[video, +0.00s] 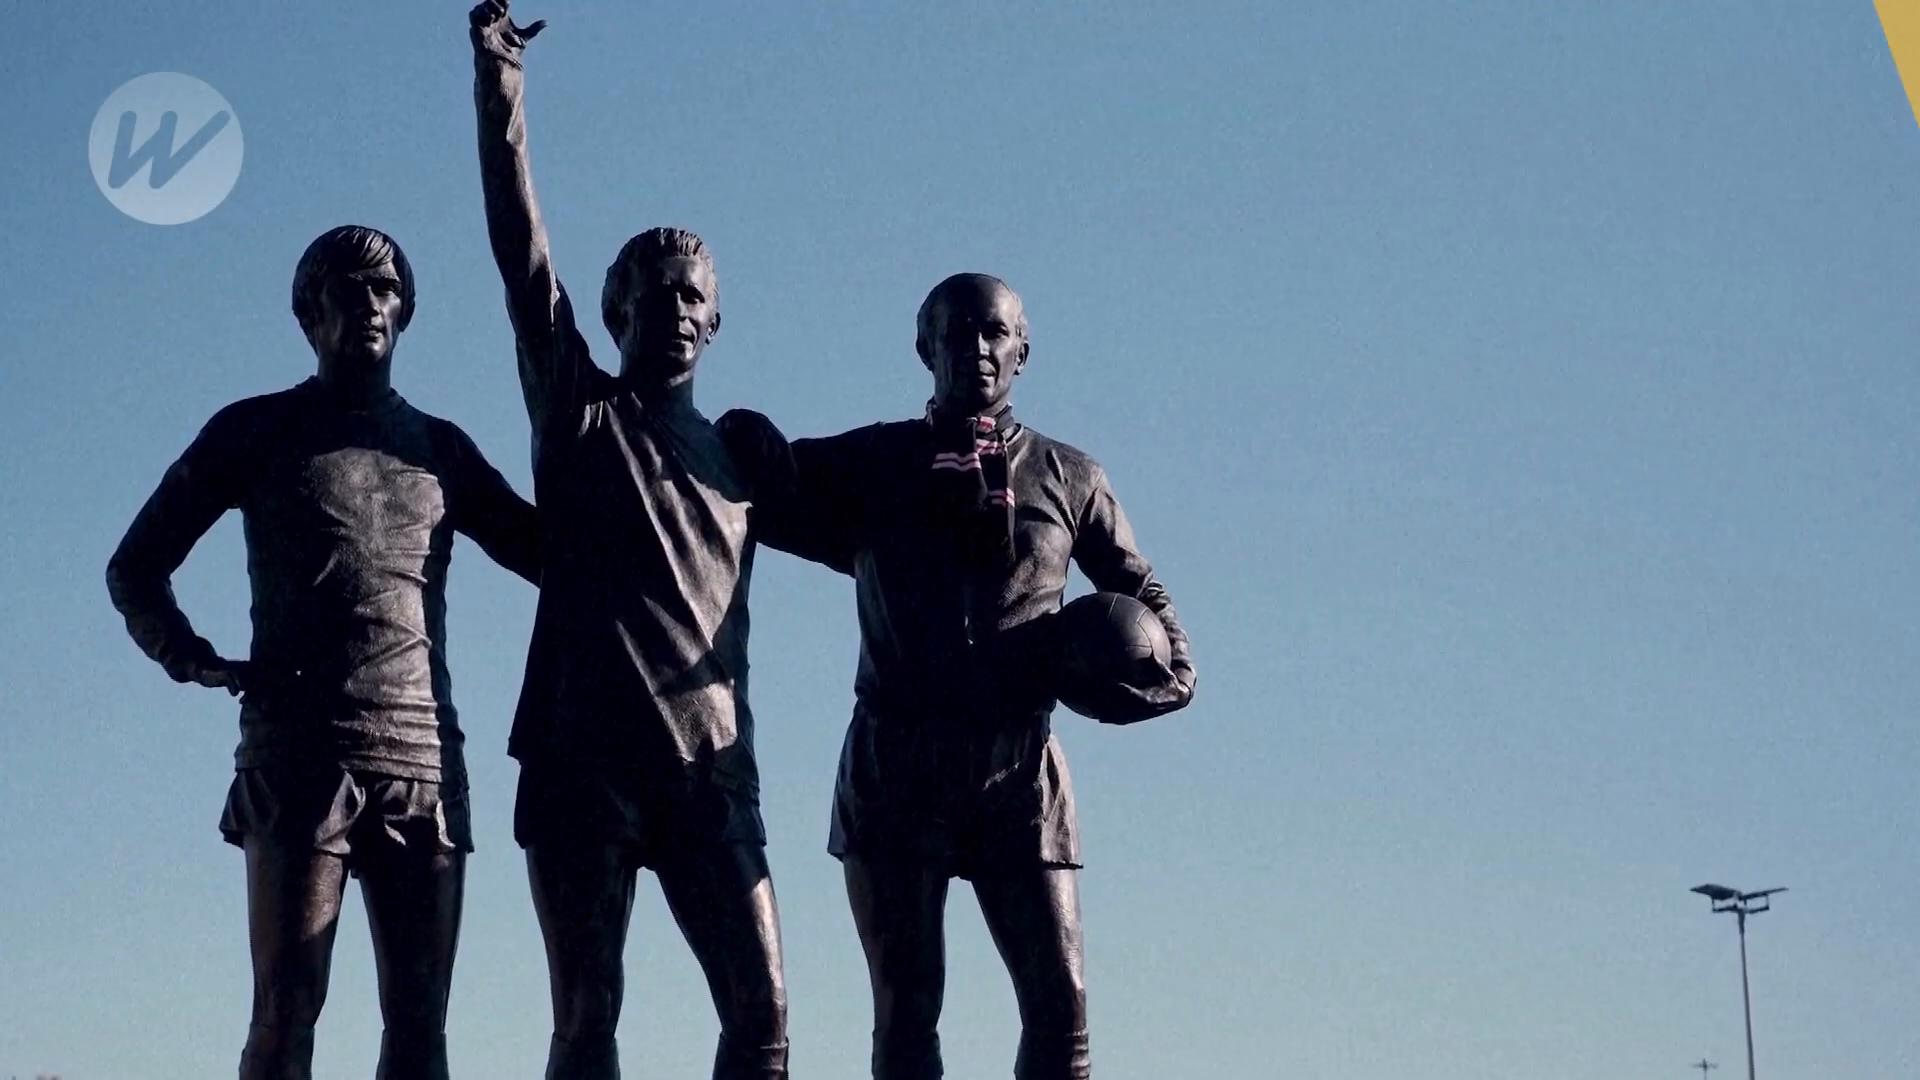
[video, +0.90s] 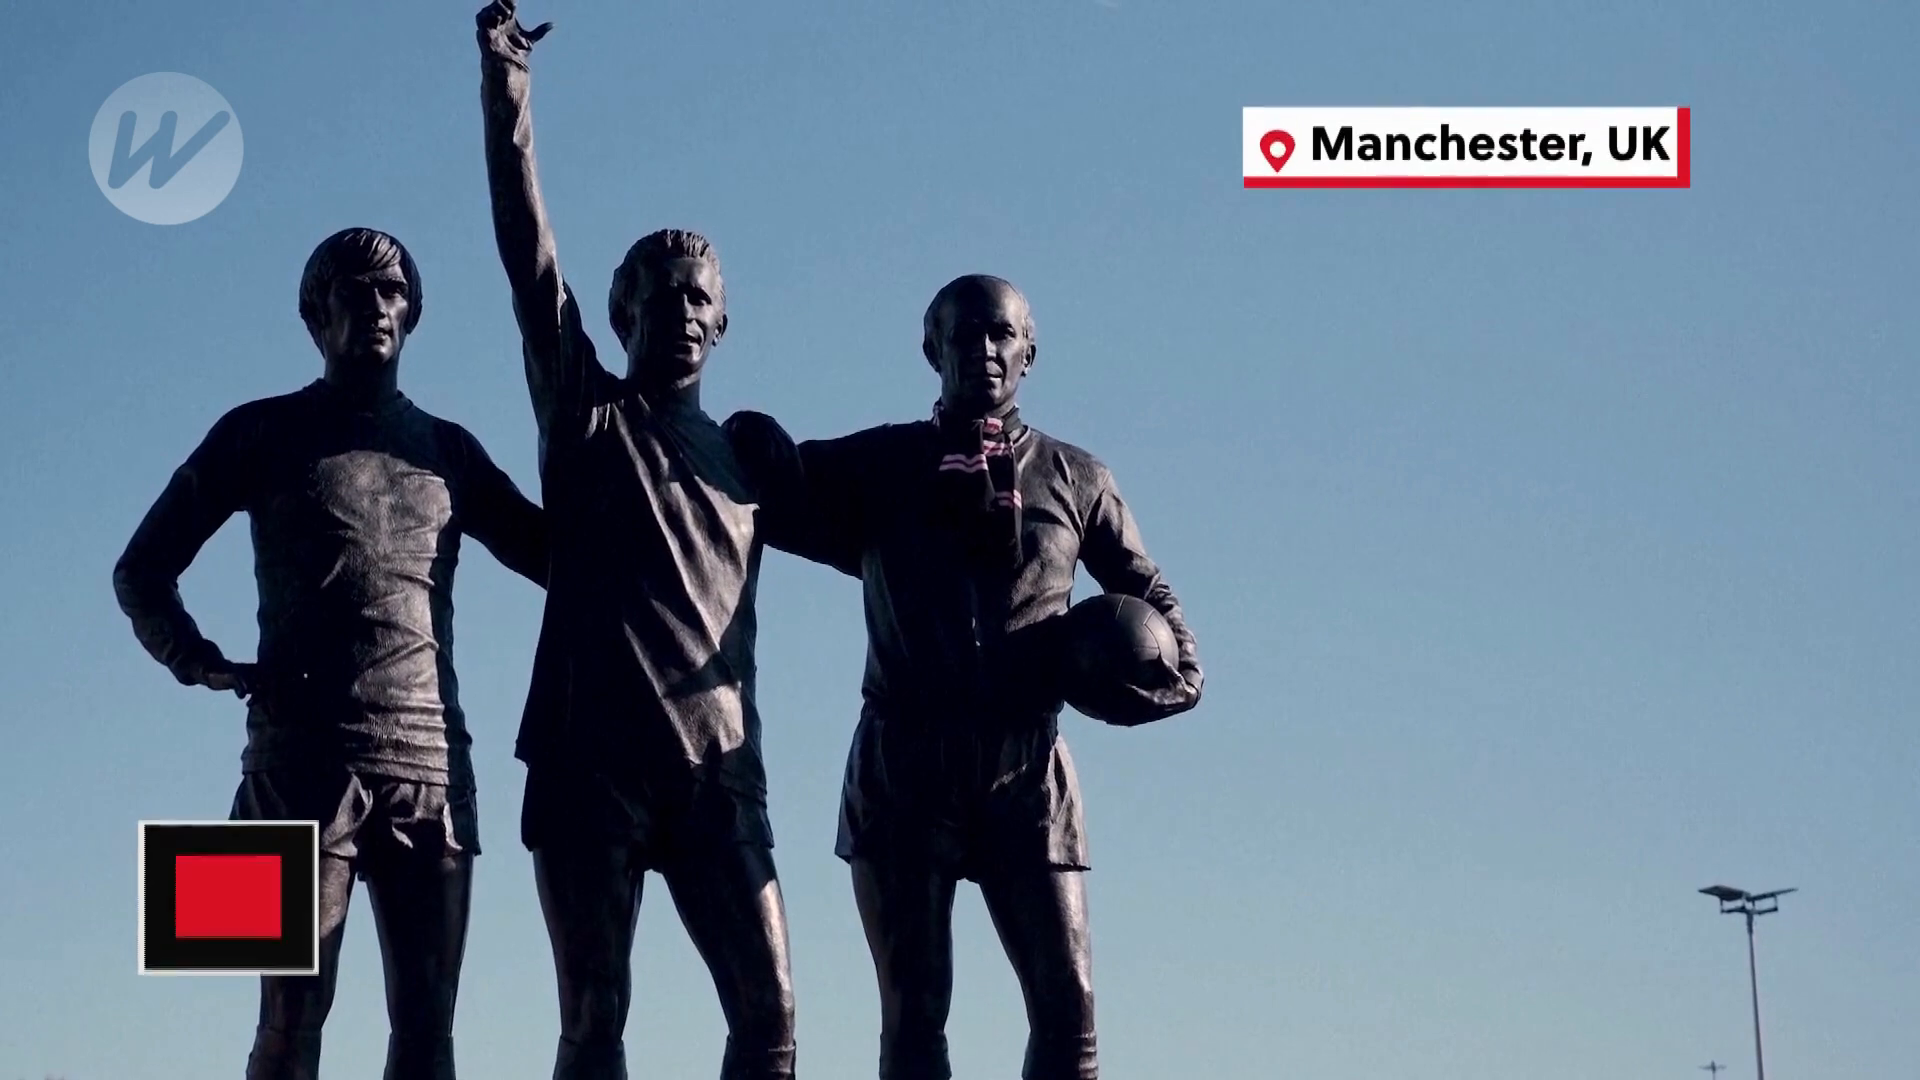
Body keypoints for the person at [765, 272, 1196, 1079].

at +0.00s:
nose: (979, 350)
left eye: (996, 333)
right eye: (960, 333)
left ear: (1021, 351)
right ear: (926, 345)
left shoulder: (1067, 475)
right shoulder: (874, 459)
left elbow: (1141, 592)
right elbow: (752, 476)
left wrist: (1163, 657)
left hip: (1019, 767)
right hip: (895, 766)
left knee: (1060, 1008)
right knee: (906, 1013)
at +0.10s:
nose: (983, 347)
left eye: (999, 331)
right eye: (963, 331)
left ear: (1023, 349)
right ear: (929, 343)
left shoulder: (1069, 473)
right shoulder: (875, 457)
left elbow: (1142, 589)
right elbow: (757, 477)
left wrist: (1164, 655)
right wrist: (751, 436)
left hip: (1021, 767)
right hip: (898, 766)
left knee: (1062, 1004)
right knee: (908, 1011)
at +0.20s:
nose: (984, 346)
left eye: (1001, 330)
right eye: (965, 329)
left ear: (1024, 346)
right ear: (929, 341)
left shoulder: (1071, 473)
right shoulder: (874, 456)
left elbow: (1144, 588)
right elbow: (750, 472)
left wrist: (1166, 655)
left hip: (1024, 764)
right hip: (899, 763)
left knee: (1063, 1002)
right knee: (909, 1010)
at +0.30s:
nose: (984, 346)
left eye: (1001, 330)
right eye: (965, 330)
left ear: (1026, 347)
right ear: (932, 343)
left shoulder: (1072, 472)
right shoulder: (879, 457)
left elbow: (1145, 588)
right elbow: (759, 474)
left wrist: (1171, 658)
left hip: (1024, 765)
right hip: (901, 765)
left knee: (1065, 1001)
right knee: (910, 1011)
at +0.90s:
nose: (984, 348)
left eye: (1002, 334)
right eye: (966, 333)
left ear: (1028, 353)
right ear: (933, 348)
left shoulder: (1076, 478)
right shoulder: (879, 461)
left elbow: (1150, 598)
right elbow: (765, 484)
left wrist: (1179, 668)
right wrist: (754, 434)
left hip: (1025, 771)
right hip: (902, 769)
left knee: (1067, 1003)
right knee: (913, 1015)